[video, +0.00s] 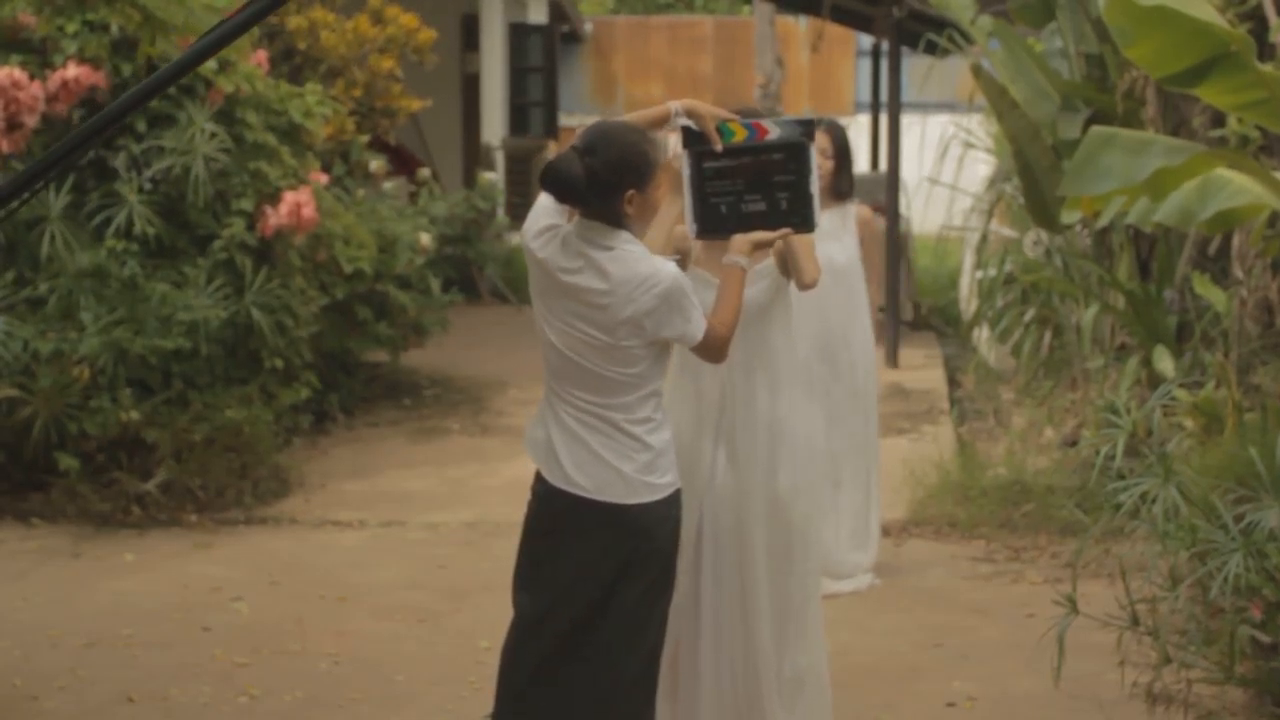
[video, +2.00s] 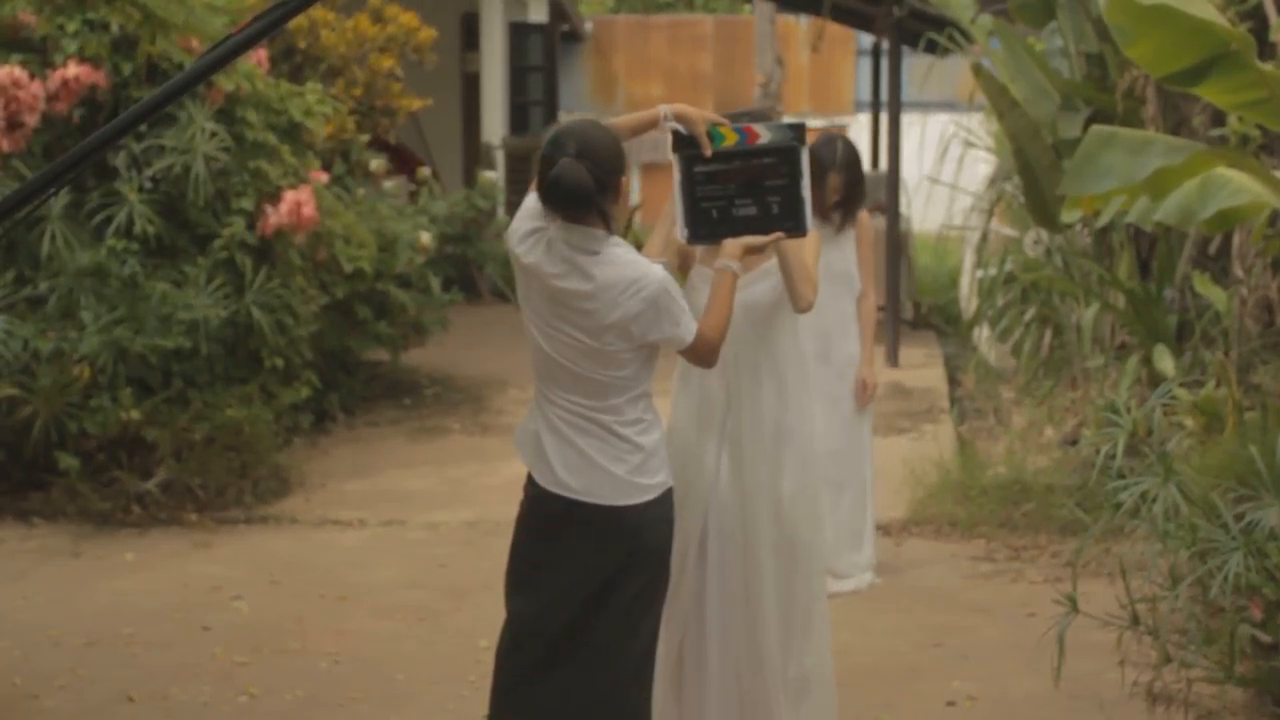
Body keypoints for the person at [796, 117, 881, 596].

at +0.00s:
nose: (817, 164)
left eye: (825, 155)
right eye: (810, 154)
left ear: (841, 164)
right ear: (797, 161)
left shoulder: (860, 219)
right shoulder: (784, 219)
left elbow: (873, 284)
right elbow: (769, 286)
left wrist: (870, 334)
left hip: (843, 348)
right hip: (791, 351)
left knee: (843, 448)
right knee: (794, 450)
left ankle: (845, 557)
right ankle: (794, 556)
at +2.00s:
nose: (828, 200)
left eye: (837, 191)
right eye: (822, 189)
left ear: (849, 184)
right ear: (806, 181)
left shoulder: (857, 222)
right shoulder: (787, 215)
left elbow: (867, 294)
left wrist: (866, 361)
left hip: (837, 354)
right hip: (787, 356)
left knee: (839, 456)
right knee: (791, 456)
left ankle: (842, 560)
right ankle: (791, 561)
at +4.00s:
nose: (828, 201)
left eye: (836, 192)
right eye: (821, 192)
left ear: (849, 189)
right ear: (806, 188)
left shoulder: (860, 225)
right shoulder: (792, 223)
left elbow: (869, 291)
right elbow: (778, 290)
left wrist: (874, 351)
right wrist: (774, 357)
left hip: (843, 353)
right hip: (796, 355)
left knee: (844, 450)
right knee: (803, 451)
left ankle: (845, 547)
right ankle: (809, 550)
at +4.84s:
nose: (832, 183)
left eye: (841, 175)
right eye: (824, 174)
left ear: (850, 176)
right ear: (805, 173)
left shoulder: (857, 220)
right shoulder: (786, 221)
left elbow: (873, 288)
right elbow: (771, 293)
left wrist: (888, 354)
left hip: (845, 353)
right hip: (795, 354)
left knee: (844, 450)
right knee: (802, 451)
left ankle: (850, 547)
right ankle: (812, 552)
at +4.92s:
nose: (834, 180)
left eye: (842, 170)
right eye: (824, 170)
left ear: (853, 171)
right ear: (804, 169)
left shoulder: (857, 219)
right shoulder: (785, 217)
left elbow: (873, 288)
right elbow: (777, 283)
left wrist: (886, 354)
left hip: (846, 347)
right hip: (796, 348)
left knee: (845, 445)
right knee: (802, 445)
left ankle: (849, 545)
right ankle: (807, 550)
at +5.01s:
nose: (830, 174)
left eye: (837, 164)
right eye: (819, 164)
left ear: (848, 163)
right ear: (800, 164)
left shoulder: (855, 210)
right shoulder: (782, 210)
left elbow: (871, 285)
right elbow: (770, 280)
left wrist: (882, 353)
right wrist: (775, 346)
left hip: (844, 345)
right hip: (794, 343)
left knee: (841, 444)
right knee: (799, 444)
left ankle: (848, 545)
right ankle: (806, 549)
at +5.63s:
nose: (815, 160)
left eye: (825, 151)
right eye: (806, 151)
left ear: (840, 160)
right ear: (793, 159)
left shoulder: (857, 217)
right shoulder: (780, 217)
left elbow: (875, 280)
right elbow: (763, 275)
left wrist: (862, 298)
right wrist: (776, 309)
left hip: (845, 345)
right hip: (793, 344)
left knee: (849, 442)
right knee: (801, 440)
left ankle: (851, 544)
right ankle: (807, 546)